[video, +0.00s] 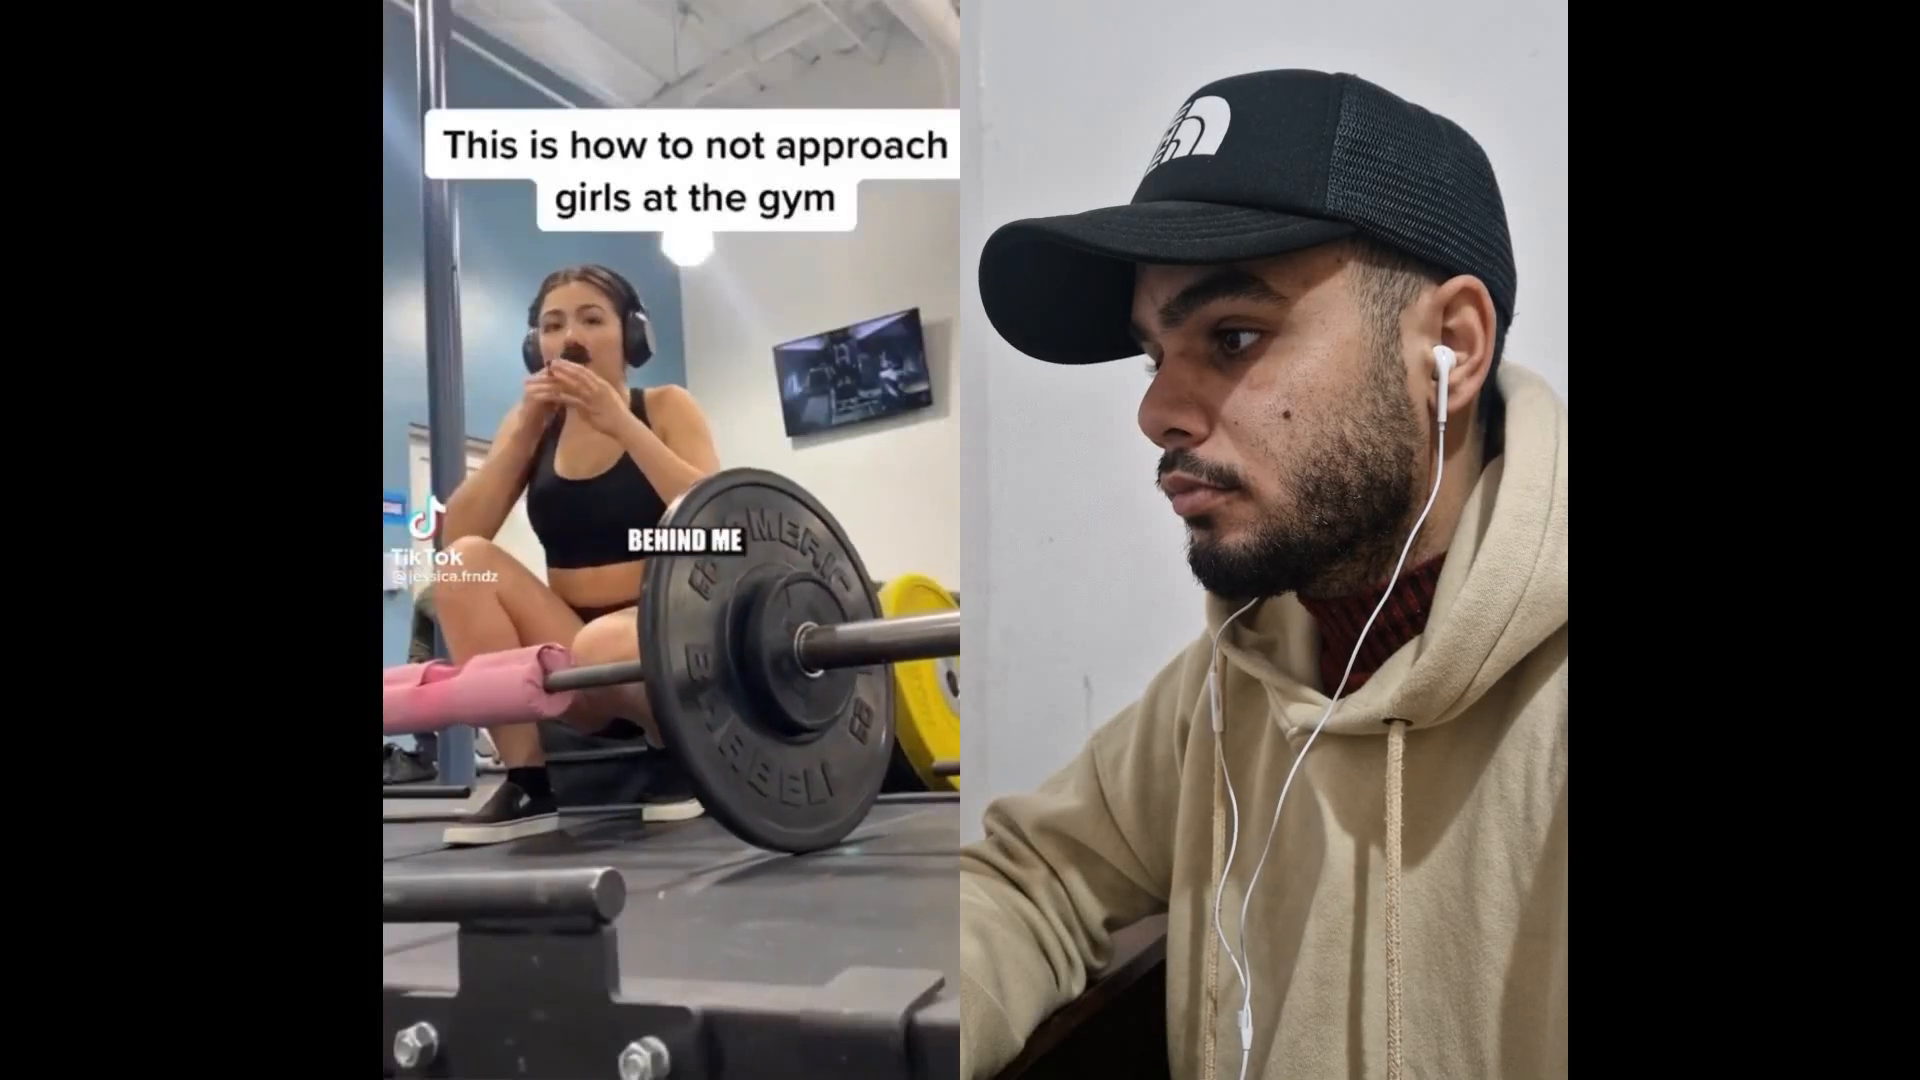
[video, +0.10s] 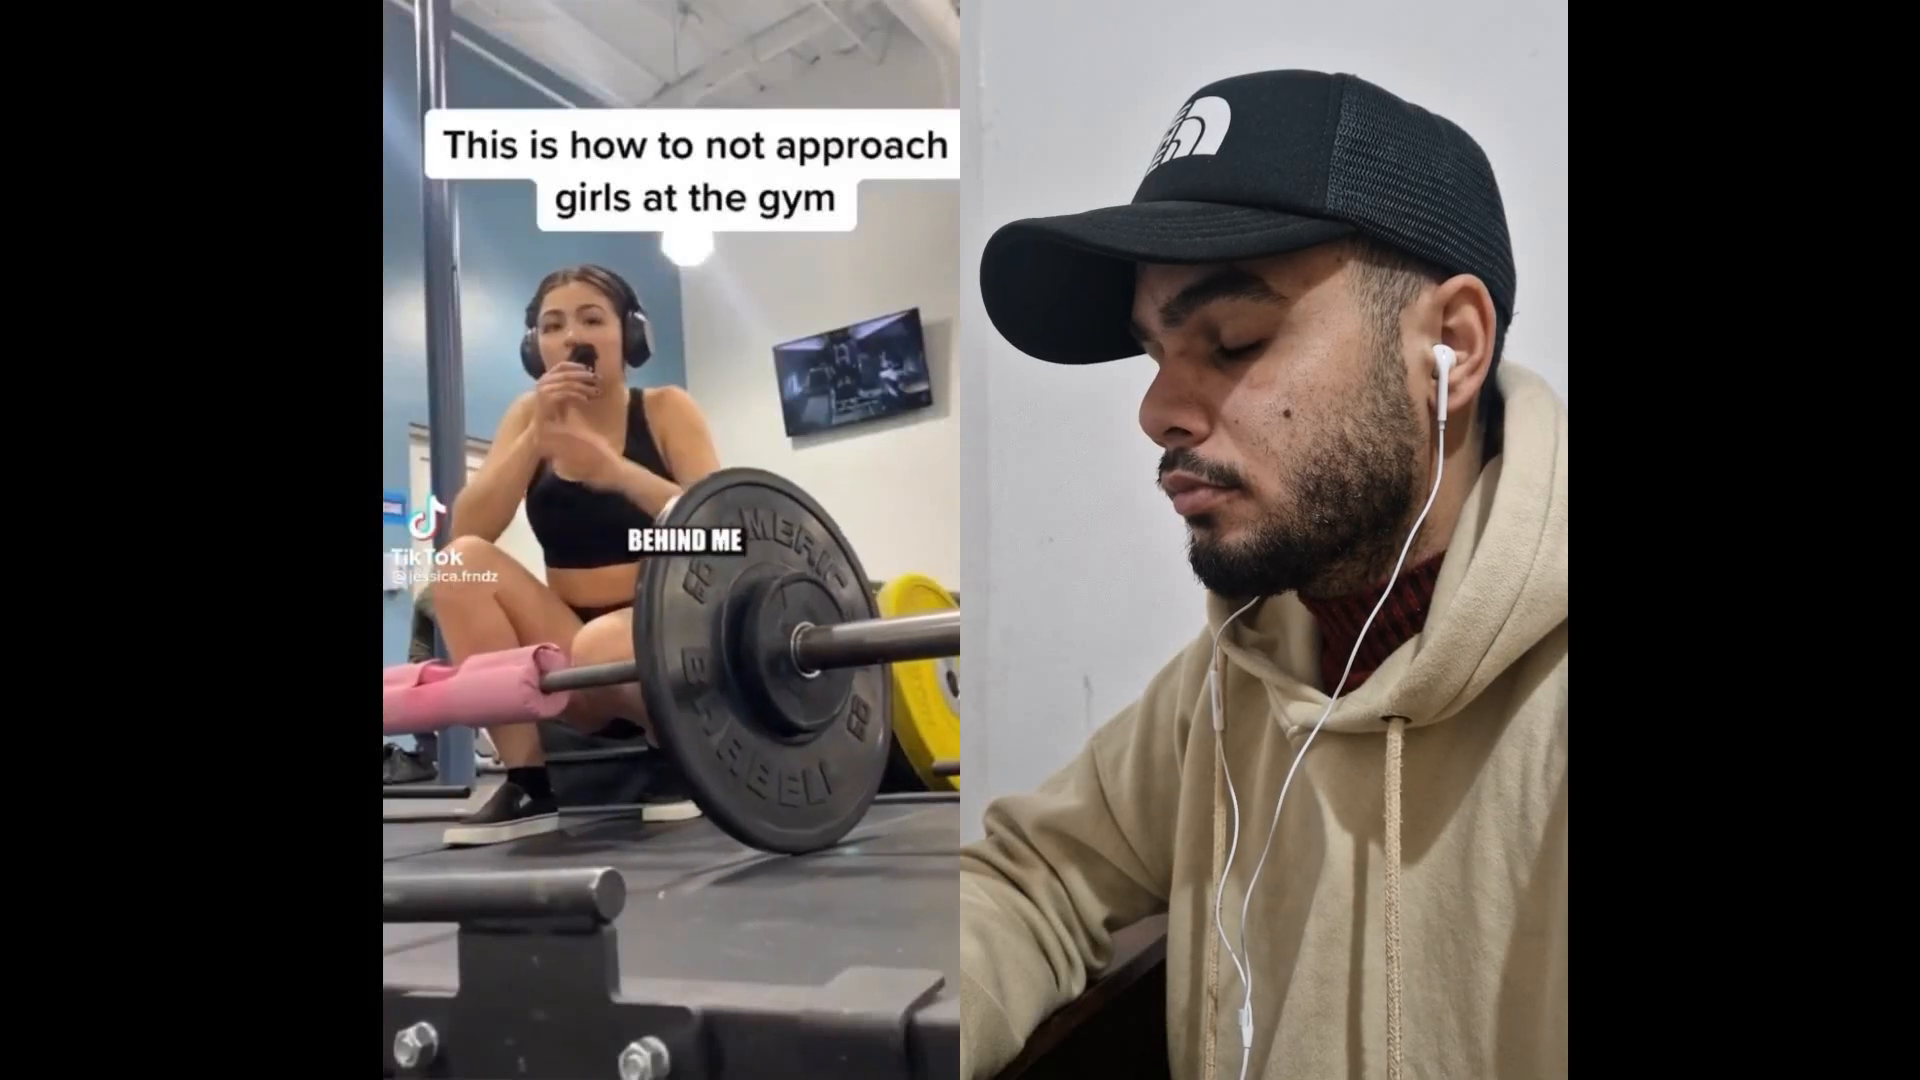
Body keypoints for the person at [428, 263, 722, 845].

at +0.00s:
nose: (571, 336)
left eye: (591, 319)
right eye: (553, 323)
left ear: (628, 336)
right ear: (538, 347)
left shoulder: (666, 407)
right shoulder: (536, 429)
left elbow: (709, 507)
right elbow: (456, 538)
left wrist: (621, 420)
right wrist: (522, 427)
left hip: (670, 633)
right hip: (571, 644)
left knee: (598, 644)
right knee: (463, 564)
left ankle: (679, 754)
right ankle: (527, 781)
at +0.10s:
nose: (573, 334)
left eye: (592, 319)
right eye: (554, 324)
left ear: (628, 336)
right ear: (537, 349)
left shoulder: (666, 410)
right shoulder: (530, 414)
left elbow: (717, 519)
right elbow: (468, 532)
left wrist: (616, 470)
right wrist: (535, 433)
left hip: (671, 628)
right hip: (571, 637)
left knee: (596, 646)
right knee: (461, 564)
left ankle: (689, 754)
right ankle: (527, 781)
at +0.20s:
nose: (575, 332)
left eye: (594, 317)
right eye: (556, 321)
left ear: (629, 334)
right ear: (538, 347)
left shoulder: (663, 411)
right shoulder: (531, 410)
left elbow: (702, 527)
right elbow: (478, 531)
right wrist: (544, 427)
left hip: (663, 630)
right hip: (567, 637)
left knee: (602, 639)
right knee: (462, 562)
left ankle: (676, 758)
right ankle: (526, 781)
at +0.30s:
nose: (577, 331)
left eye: (596, 316)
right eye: (558, 319)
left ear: (630, 336)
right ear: (540, 346)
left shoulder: (660, 413)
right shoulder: (530, 411)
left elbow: (681, 540)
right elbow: (481, 536)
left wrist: (624, 615)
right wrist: (545, 433)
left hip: (663, 638)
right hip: (573, 647)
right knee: (461, 562)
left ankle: (676, 772)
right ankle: (527, 784)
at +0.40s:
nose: (576, 337)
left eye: (596, 320)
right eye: (558, 323)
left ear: (630, 339)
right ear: (539, 347)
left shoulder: (662, 418)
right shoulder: (529, 411)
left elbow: (678, 540)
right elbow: (478, 537)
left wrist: (621, 611)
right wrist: (540, 440)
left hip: (661, 638)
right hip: (572, 647)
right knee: (461, 562)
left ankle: (676, 772)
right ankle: (527, 783)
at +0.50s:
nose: (576, 343)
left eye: (596, 326)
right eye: (558, 329)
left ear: (630, 343)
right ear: (538, 350)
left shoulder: (658, 418)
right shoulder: (529, 414)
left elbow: (671, 539)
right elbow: (475, 540)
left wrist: (613, 609)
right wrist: (537, 450)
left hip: (658, 645)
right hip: (571, 654)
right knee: (461, 562)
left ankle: (673, 774)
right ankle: (527, 783)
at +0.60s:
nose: (573, 351)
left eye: (594, 332)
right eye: (555, 336)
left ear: (628, 348)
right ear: (537, 354)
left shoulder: (654, 420)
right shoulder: (527, 416)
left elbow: (668, 538)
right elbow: (472, 541)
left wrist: (610, 603)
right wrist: (534, 456)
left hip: (656, 645)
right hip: (570, 655)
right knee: (461, 562)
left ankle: (674, 773)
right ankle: (526, 783)